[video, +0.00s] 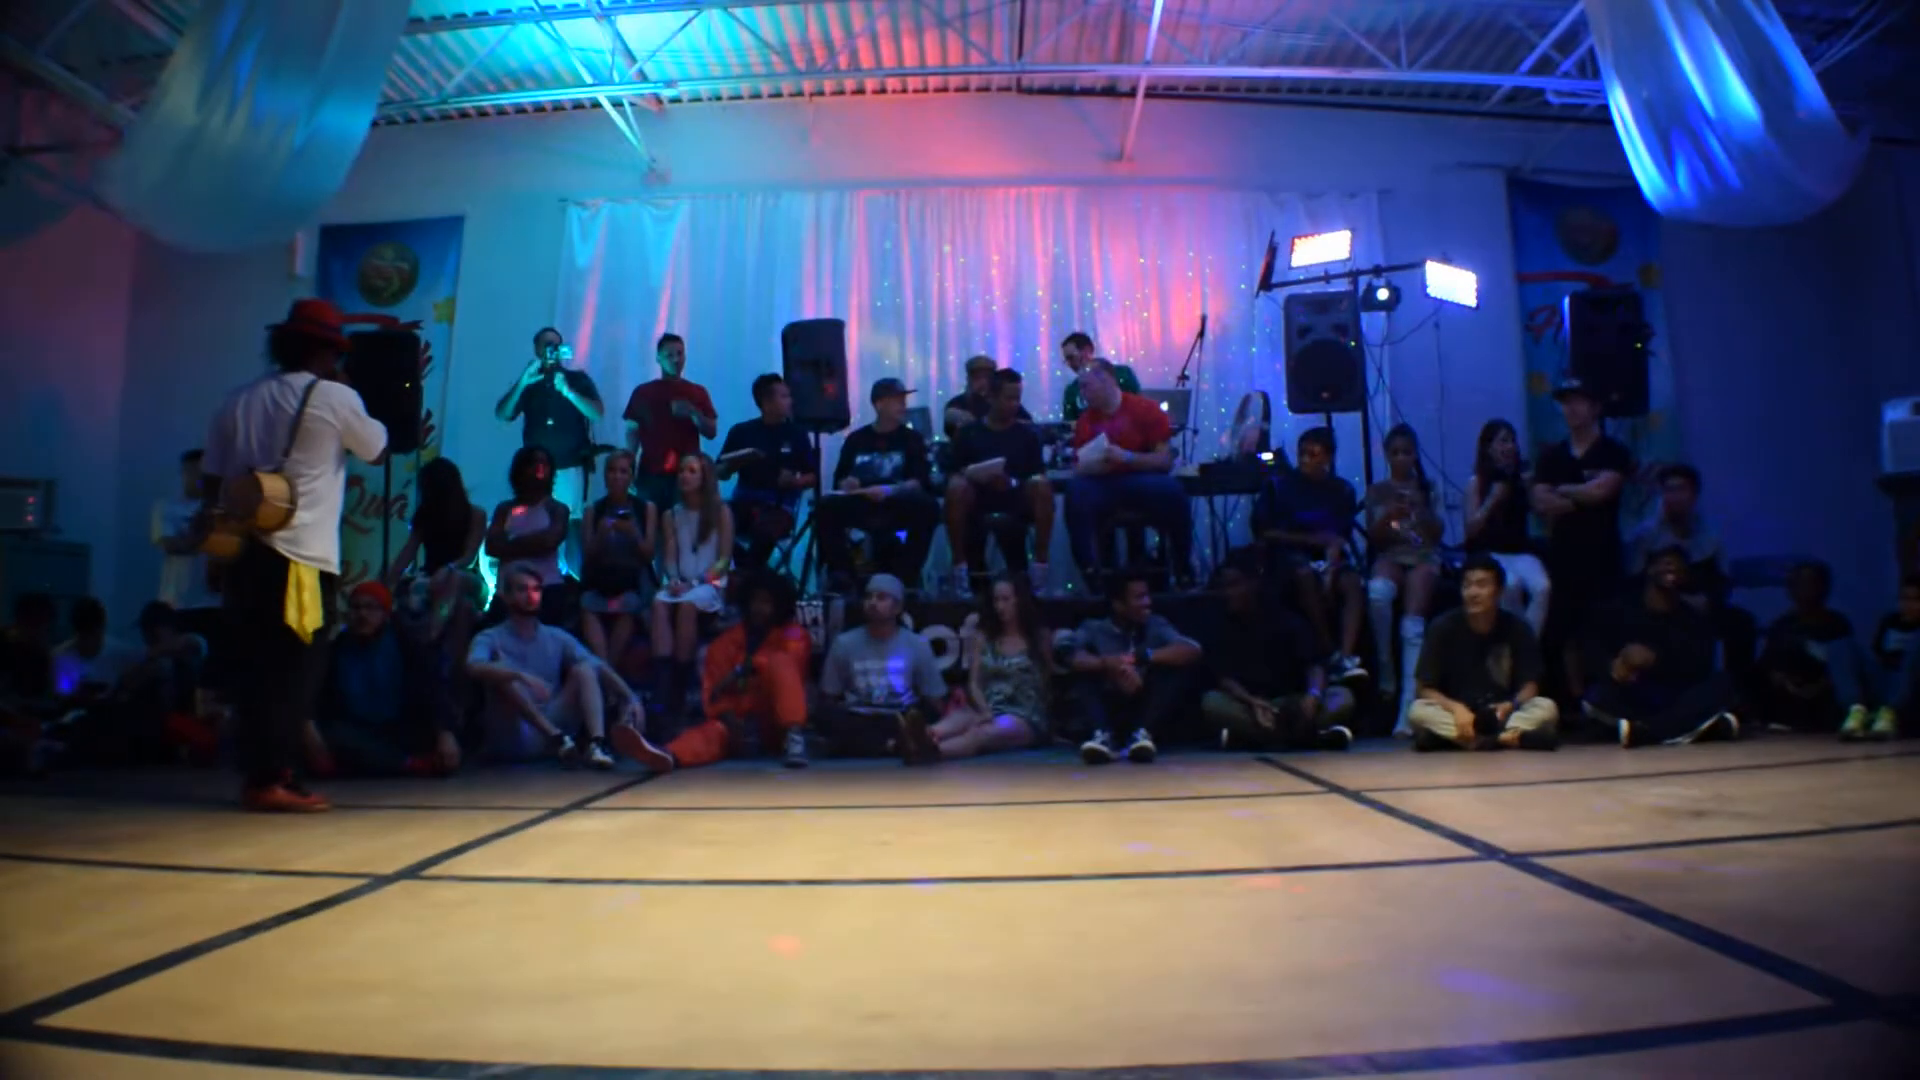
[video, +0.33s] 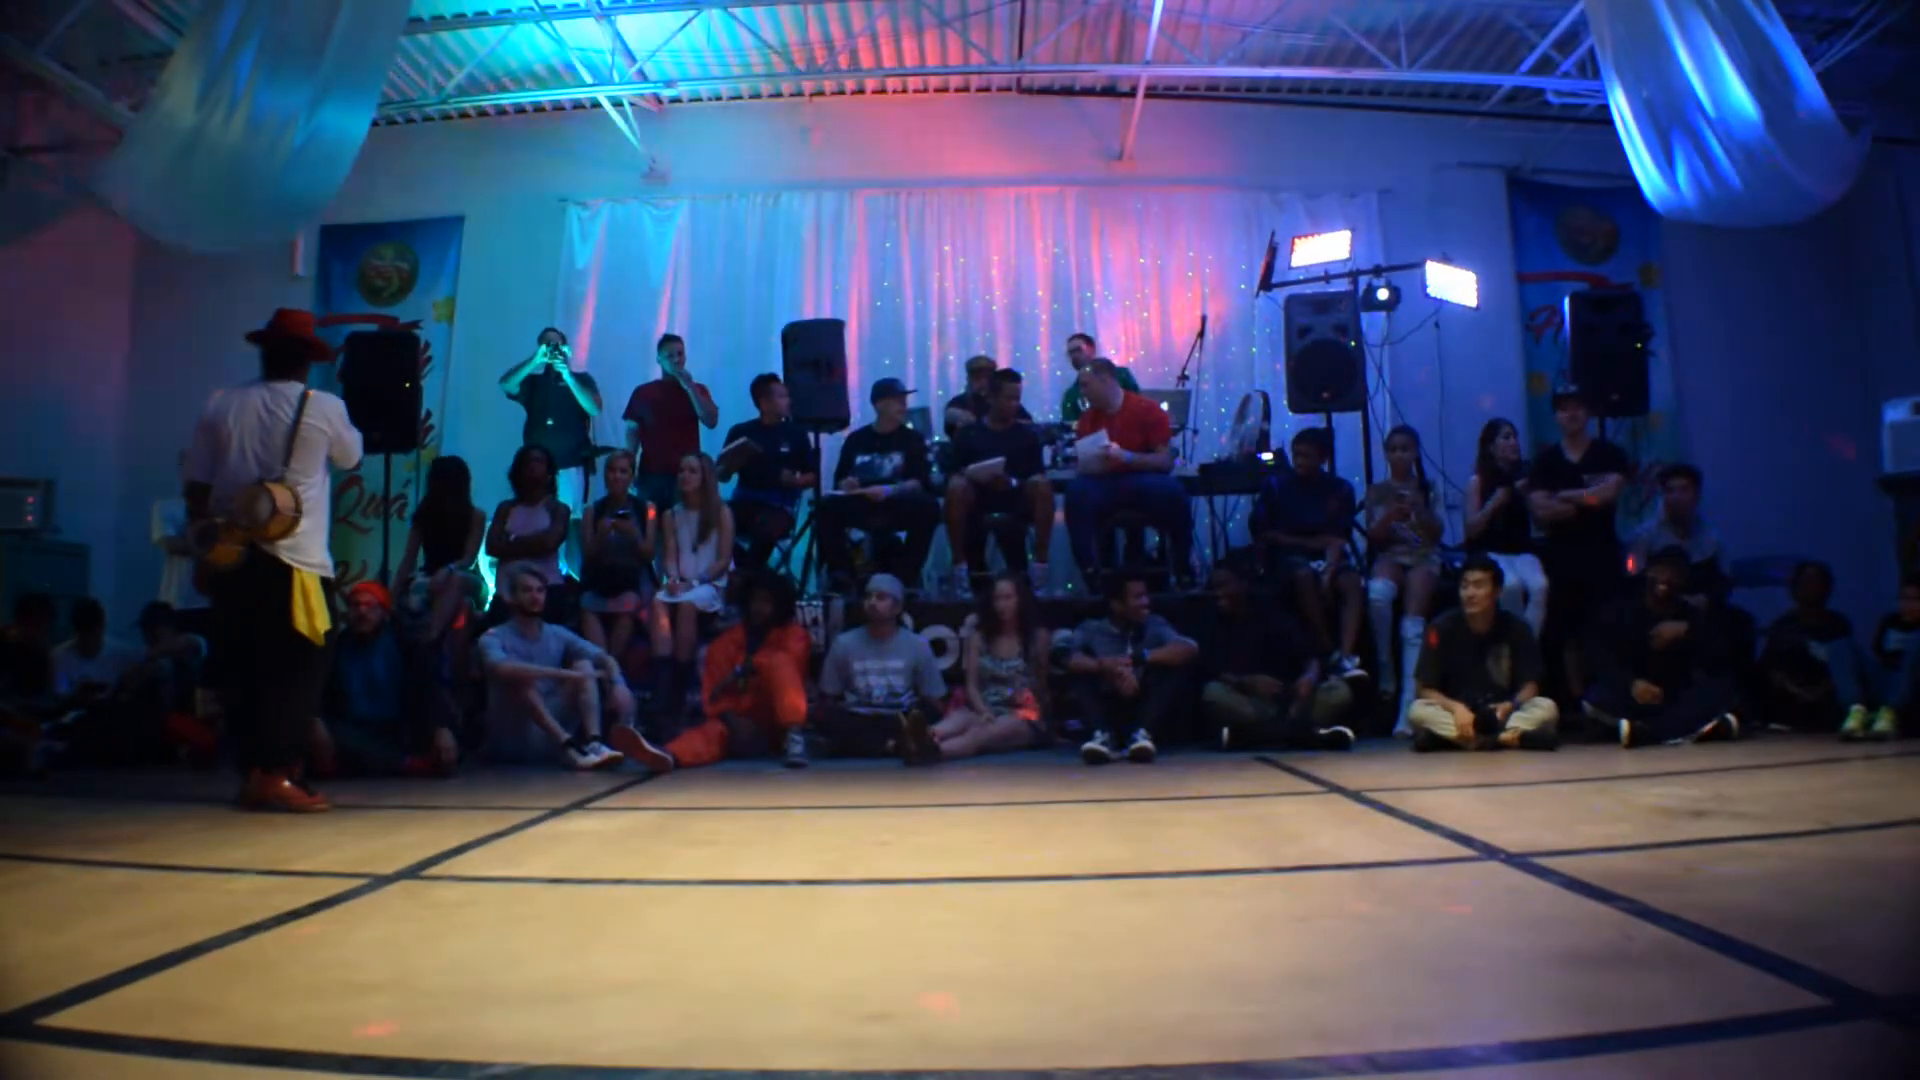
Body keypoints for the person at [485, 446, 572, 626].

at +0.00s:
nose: (539, 473)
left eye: (544, 466)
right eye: (533, 466)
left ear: (551, 472)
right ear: (520, 471)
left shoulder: (558, 509)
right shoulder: (505, 509)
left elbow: (551, 542)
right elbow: (492, 547)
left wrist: (508, 545)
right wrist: (537, 546)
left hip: (548, 589)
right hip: (509, 591)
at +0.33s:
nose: (532, 468)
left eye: (538, 463)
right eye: (527, 463)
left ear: (549, 472)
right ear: (518, 471)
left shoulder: (558, 509)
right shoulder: (505, 508)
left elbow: (550, 543)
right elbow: (492, 547)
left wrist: (510, 544)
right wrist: (536, 547)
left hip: (548, 590)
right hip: (509, 592)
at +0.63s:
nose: (531, 468)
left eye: (537, 462)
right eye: (526, 462)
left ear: (548, 473)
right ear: (517, 470)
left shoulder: (558, 509)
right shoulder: (505, 508)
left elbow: (550, 543)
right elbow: (491, 547)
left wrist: (510, 542)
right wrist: (535, 549)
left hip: (542, 602)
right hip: (506, 599)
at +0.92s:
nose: (525, 466)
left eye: (532, 461)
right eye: (521, 461)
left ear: (545, 473)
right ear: (514, 470)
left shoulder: (556, 509)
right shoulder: (504, 508)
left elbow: (550, 541)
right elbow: (490, 547)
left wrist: (510, 542)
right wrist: (533, 549)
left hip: (542, 600)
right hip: (506, 597)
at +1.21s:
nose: (526, 466)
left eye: (532, 461)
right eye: (521, 461)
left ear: (545, 472)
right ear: (514, 469)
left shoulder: (556, 508)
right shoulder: (503, 508)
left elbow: (550, 541)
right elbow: (491, 547)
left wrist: (510, 541)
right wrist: (533, 549)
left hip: (544, 590)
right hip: (507, 590)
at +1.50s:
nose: (525, 466)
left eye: (532, 461)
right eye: (520, 461)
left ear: (545, 472)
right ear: (513, 470)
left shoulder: (555, 508)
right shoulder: (503, 508)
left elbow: (549, 541)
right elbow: (490, 547)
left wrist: (509, 541)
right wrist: (531, 550)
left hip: (545, 590)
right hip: (507, 591)